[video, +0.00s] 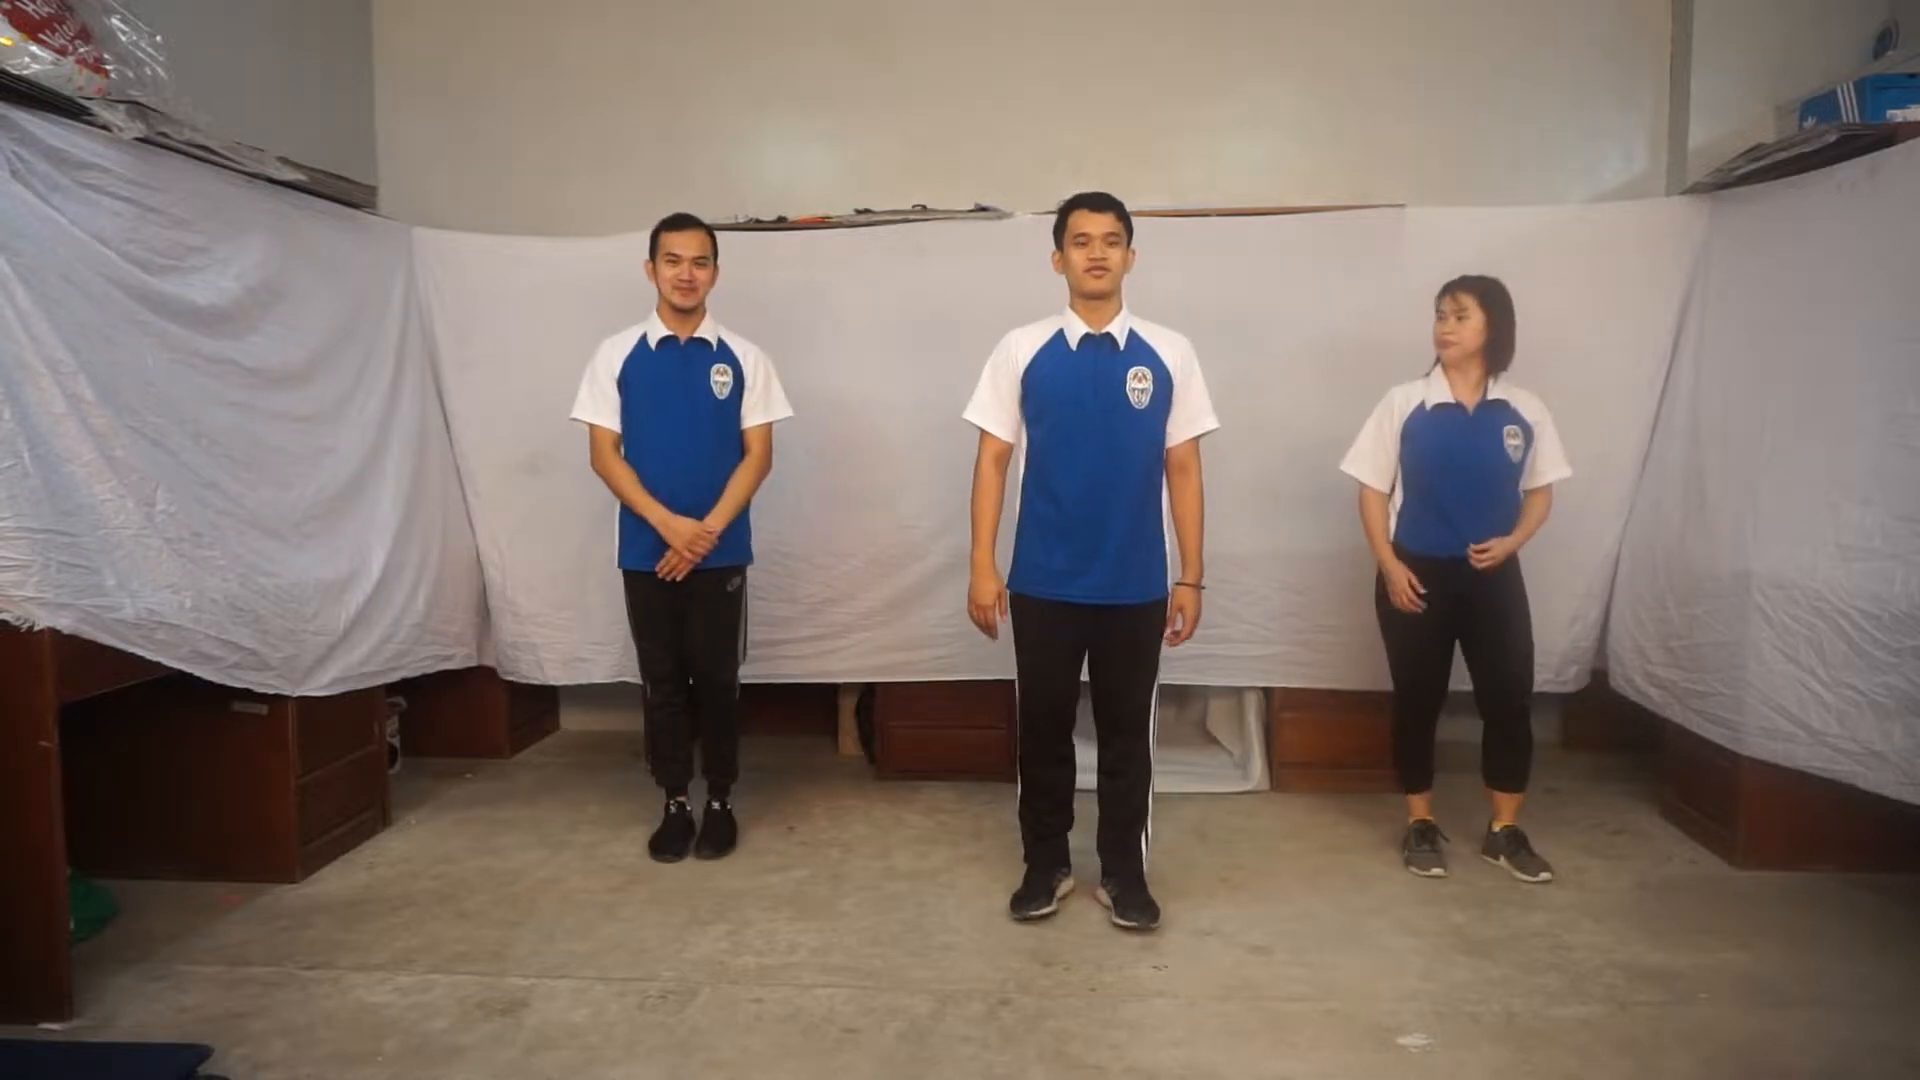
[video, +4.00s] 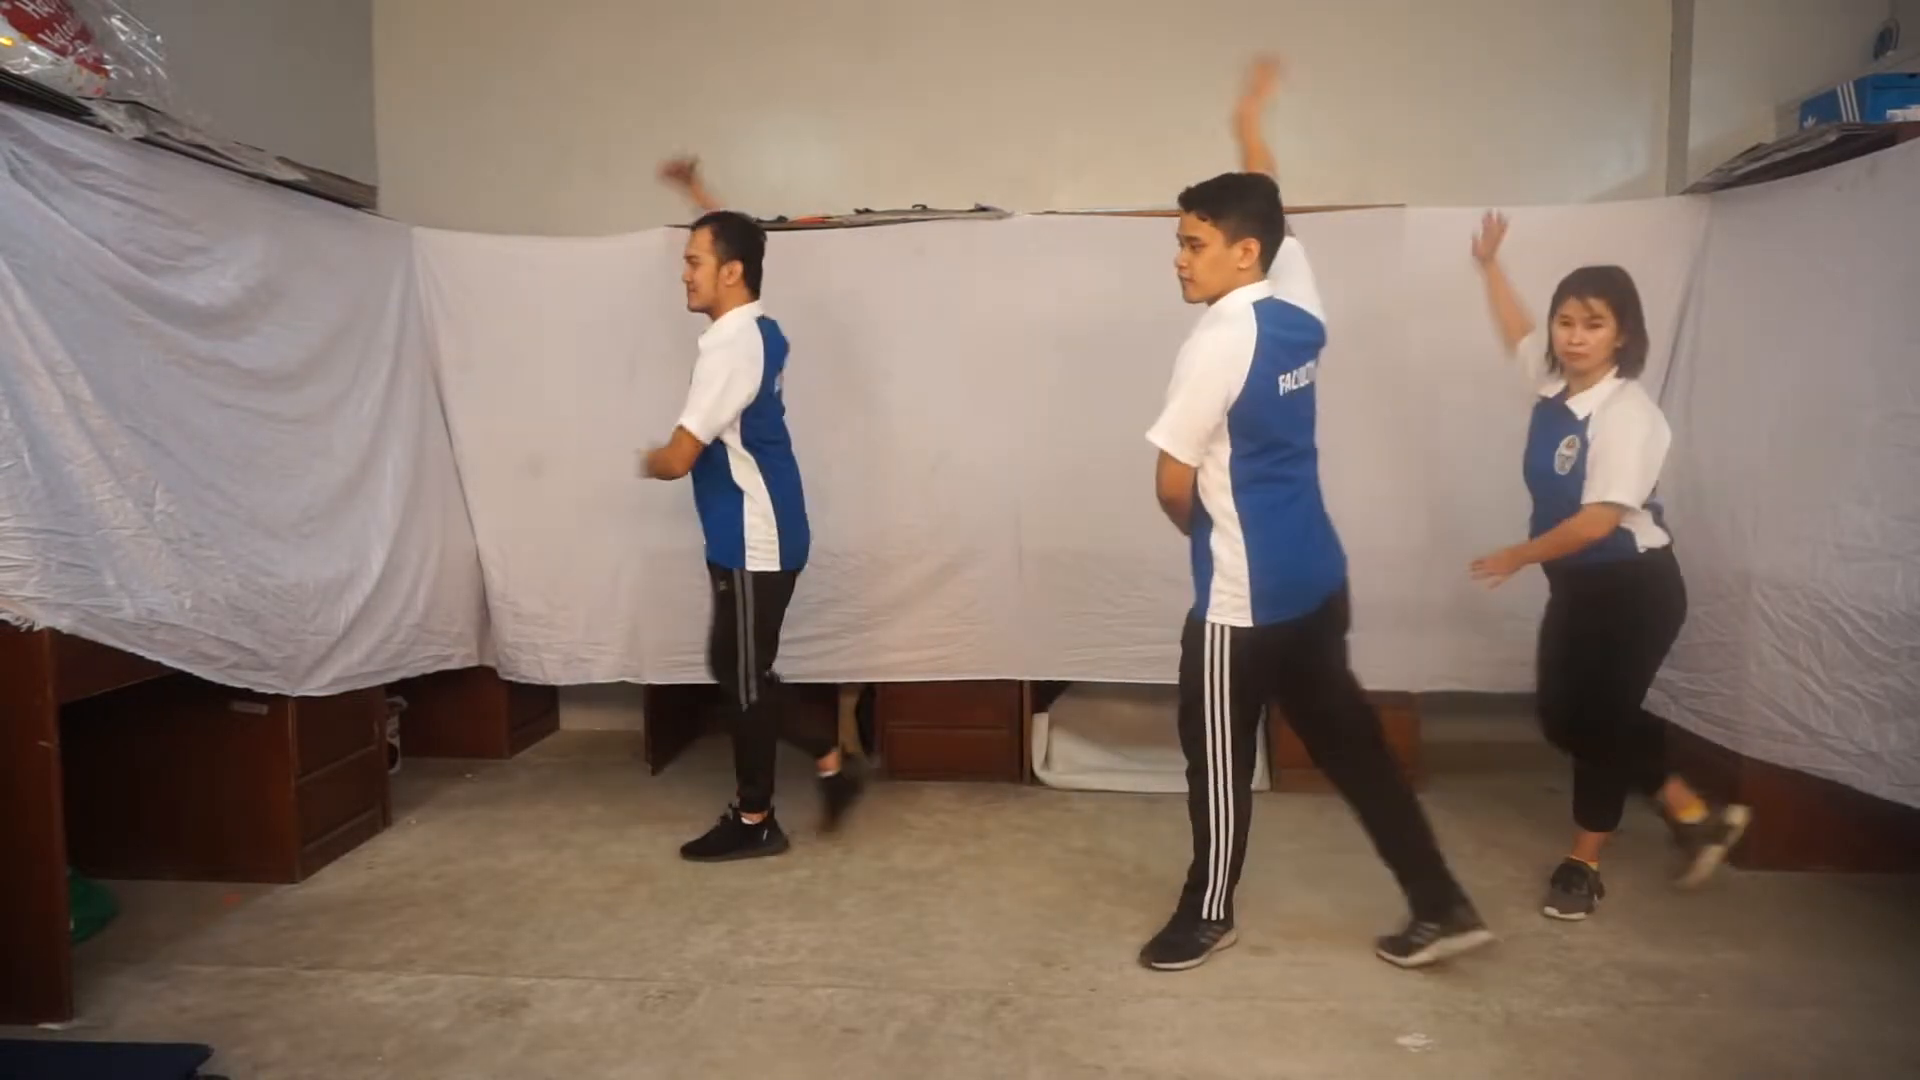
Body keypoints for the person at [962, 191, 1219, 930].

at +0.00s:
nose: (1097, 254)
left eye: (1110, 242)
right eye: (1082, 243)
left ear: (1129, 256)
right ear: (1060, 257)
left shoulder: (1167, 353)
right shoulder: (1021, 349)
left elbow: (1183, 470)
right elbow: (992, 460)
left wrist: (1189, 575)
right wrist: (983, 566)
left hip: (1134, 586)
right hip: (1042, 584)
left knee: (1127, 739)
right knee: (1043, 735)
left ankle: (1125, 873)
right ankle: (1046, 865)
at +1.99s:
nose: (1096, 251)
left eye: (1110, 237)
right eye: (1080, 238)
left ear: (1129, 249)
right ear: (1058, 251)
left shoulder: (1166, 352)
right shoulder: (1015, 349)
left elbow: (1186, 474)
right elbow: (996, 468)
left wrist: (1198, 582)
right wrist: (1001, 574)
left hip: (1134, 593)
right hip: (1041, 591)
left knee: (1127, 752)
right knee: (1034, 747)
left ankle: (1127, 888)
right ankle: (1019, 885)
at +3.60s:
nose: (1120, 256)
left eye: (1139, 240)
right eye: (1112, 242)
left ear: (1183, 249)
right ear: (1105, 251)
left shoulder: (1222, 347)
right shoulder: (1090, 347)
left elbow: (1242, 483)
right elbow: (1026, 416)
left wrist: (1243, 606)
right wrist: (1019, 473)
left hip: (1186, 605)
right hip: (1101, 598)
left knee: (1193, 769)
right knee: (1065, 752)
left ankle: (1207, 910)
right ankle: (1032, 883)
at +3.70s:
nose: (1134, 257)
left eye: (1151, 243)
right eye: (1129, 242)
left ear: (1202, 247)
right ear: (1129, 246)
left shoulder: (1228, 342)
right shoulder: (1135, 334)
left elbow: (1221, 479)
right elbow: (1073, 355)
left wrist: (1151, 591)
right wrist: (1033, 366)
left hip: (1211, 590)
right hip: (1141, 576)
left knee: (1198, 754)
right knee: (1115, 720)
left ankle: (1206, 910)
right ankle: (1118, 871)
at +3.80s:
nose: (1149, 257)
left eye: (1164, 242)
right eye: (1148, 242)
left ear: (1218, 248)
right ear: (1183, 249)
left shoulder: (1223, 332)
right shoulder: (1188, 312)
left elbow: (1195, 464)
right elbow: (1131, 282)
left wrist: (1124, 533)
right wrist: (1059, 249)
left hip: (1222, 583)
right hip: (1180, 572)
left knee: (1210, 740)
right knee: (1162, 715)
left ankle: (1206, 909)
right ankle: (1243, 866)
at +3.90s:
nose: (1166, 258)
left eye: (1180, 244)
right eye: (1165, 243)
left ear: (1229, 250)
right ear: (1226, 248)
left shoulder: (1213, 331)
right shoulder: (1263, 303)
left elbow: (1164, 475)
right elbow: (1216, 215)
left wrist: (1149, 512)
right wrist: (1145, 145)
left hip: (1221, 582)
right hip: (1272, 566)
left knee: (1206, 741)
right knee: (1269, 723)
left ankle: (1209, 908)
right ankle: (1364, 879)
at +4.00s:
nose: (1179, 262)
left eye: (1192, 247)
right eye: (1181, 246)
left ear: (1249, 251)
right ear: (1254, 251)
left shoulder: (1219, 336)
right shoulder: (1295, 303)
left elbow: (1172, 481)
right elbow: (1274, 218)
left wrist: (1203, 527)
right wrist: (1250, 121)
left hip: (1240, 586)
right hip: (1310, 569)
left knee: (1217, 755)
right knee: (1345, 737)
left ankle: (1207, 913)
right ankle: (1440, 904)